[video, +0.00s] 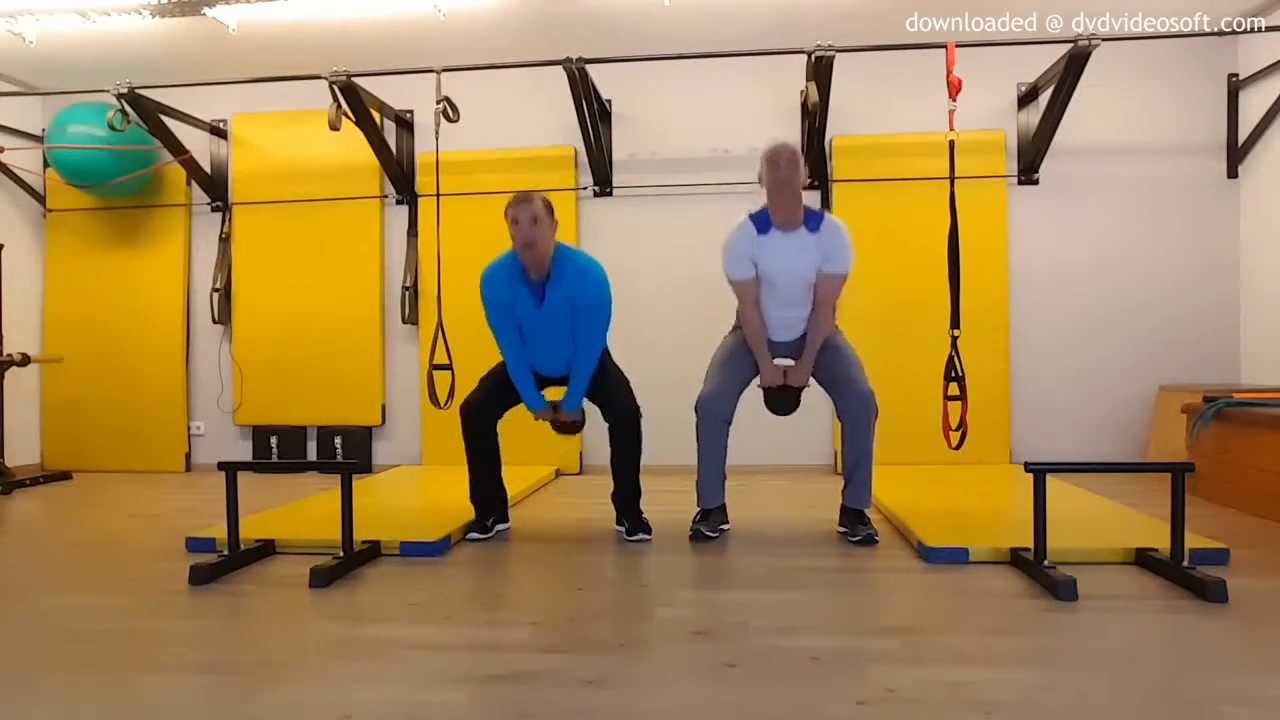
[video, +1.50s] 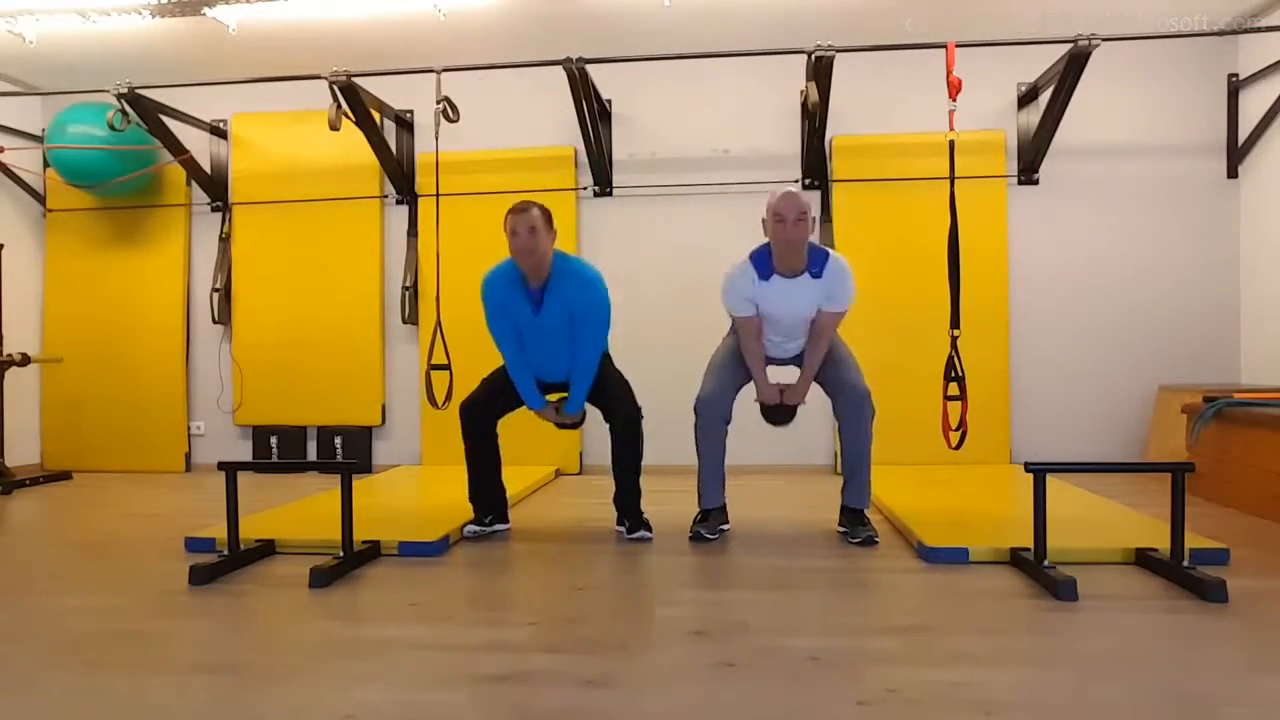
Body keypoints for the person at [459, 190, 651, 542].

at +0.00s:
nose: (526, 231)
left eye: (535, 221)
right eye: (517, 223)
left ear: (553, 226)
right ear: (509, 231)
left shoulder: (588, 274)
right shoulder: (495, 280)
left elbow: (589, 348)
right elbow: (512, 351)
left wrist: (572, 404)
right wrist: (538, 405)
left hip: (585, 362)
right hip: (527, 366)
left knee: (626, 413)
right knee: (475, 413)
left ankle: (629, 514)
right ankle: (492, 514)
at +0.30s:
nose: (538, 128)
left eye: (546, 122)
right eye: (531, 123)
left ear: (564, 134)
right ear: (521, 136)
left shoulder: (588, 184)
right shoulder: (502, 186)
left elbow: (581, 230)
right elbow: (492, 228)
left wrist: (550, 260)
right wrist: (508, 261)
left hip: (574, 317)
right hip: (521, 316)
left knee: (603, 413)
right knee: (500, 413)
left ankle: (628, 513)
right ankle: (492, 513)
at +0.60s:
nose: (535, 140)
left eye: (543, 134)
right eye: (531, 135)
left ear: (560, 141)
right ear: (527, 142)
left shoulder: (586, 177)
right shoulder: (513, 180)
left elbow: (575, 147)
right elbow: (486, 162)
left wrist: (540, 107)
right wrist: (494, 115)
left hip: (573, 312)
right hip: (521, 310)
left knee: (599, 414)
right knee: (507, 416)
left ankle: (630, 515)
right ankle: (493, 515)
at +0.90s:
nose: (543, 129)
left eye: (552, 123)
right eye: (535, 125)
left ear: (569, 138)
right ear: (525, 139)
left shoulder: (589, 175)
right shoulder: (514, 178)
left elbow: (585, 183)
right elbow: (494, 182)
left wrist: (545, 157)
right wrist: (497, 156)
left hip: (578, 317)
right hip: (526, 316)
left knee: (604, 415)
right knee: (506, 417)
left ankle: (629, 513)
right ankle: (493, 514)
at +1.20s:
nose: (543, 173)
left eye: (550, 166)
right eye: (535, 167)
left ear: (565, 178)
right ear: (525, 179)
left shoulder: (593, 235)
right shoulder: (508, 235)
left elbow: (587, 310)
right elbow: (508, 304)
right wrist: (522, 364)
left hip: (585, 346)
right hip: (530, 348)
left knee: (629, 410)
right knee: (484, 411)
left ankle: (632, 515)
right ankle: (494, 514)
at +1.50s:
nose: (524, 241)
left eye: (533, 231)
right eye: (515, 234)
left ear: (552, 236)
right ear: (507, 241)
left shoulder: (586, 281)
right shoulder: (496, 285)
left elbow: (589, 352)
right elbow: (511, 352)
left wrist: (574, 406)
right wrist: (538, 404)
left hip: (585, 369)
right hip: (528, 371)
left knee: (627, 416)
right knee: (475, 413)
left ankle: (630, 515)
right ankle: (491, 513)